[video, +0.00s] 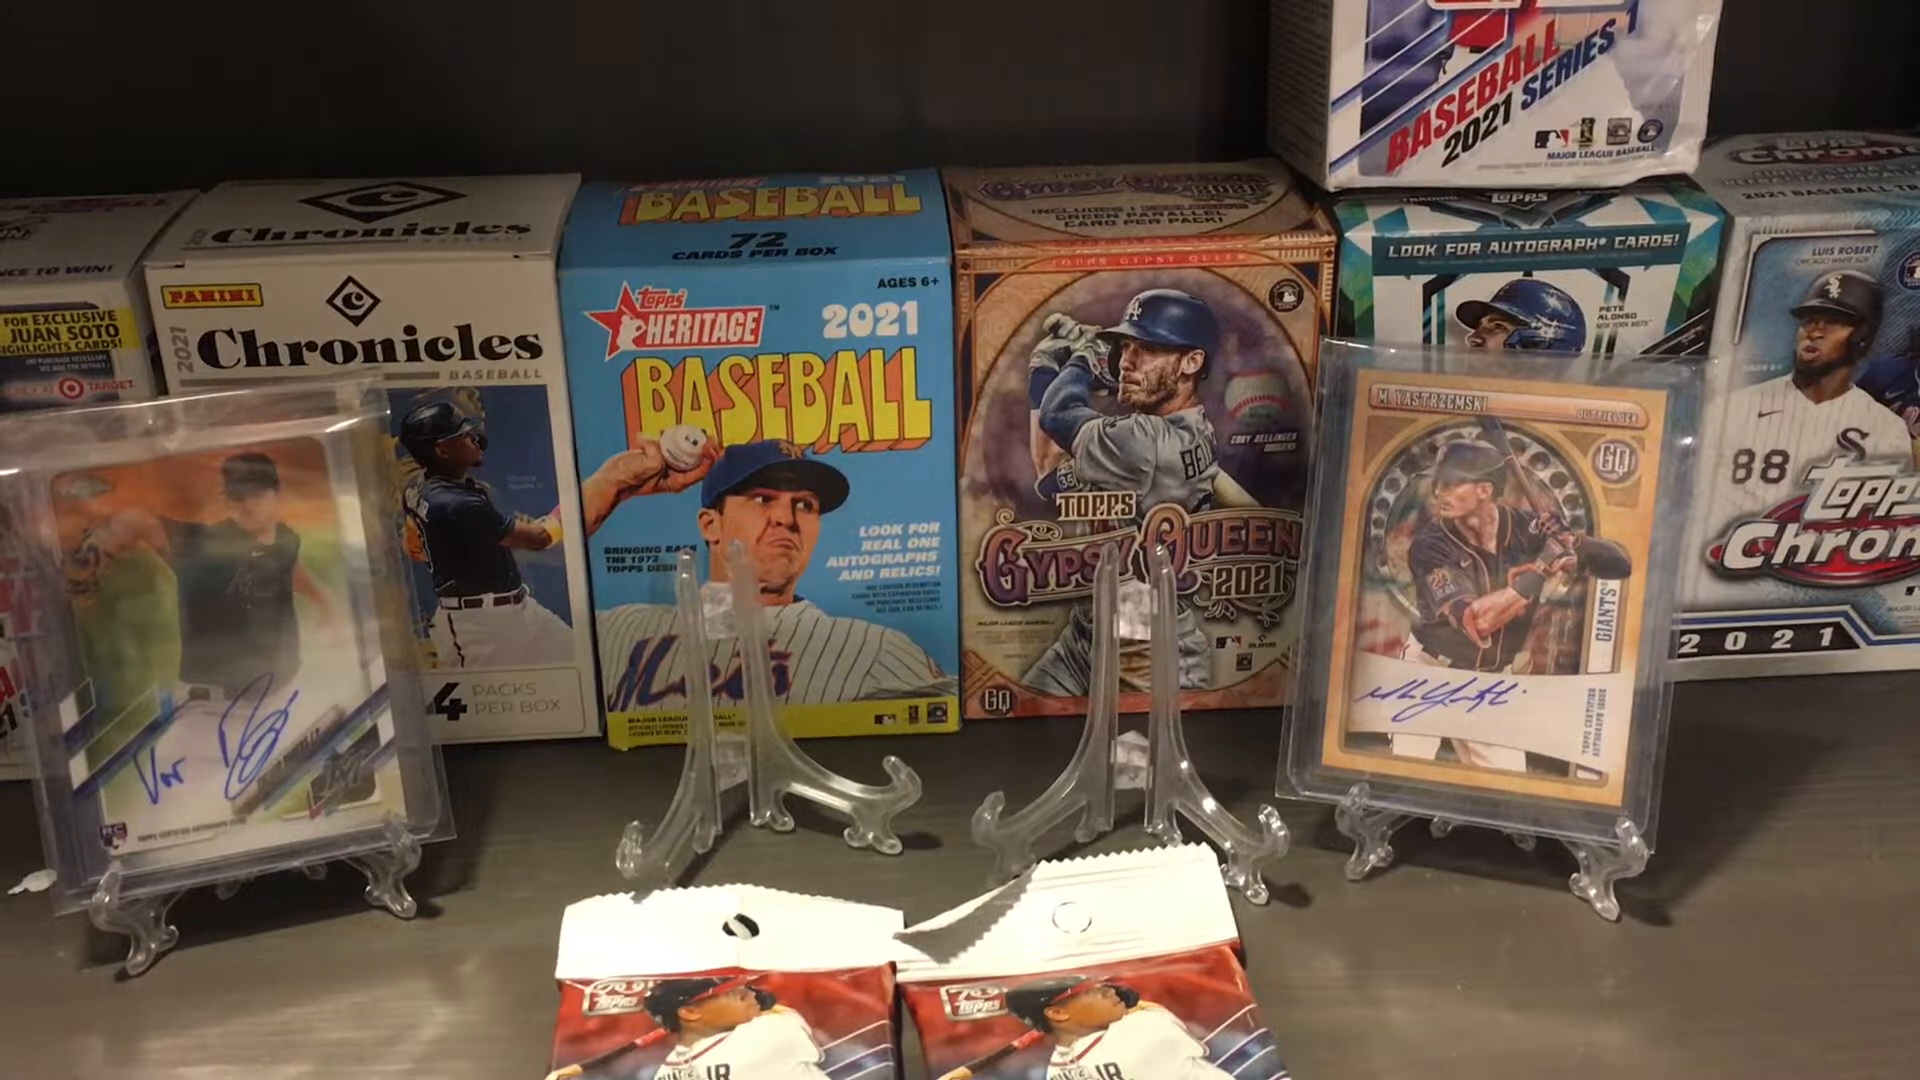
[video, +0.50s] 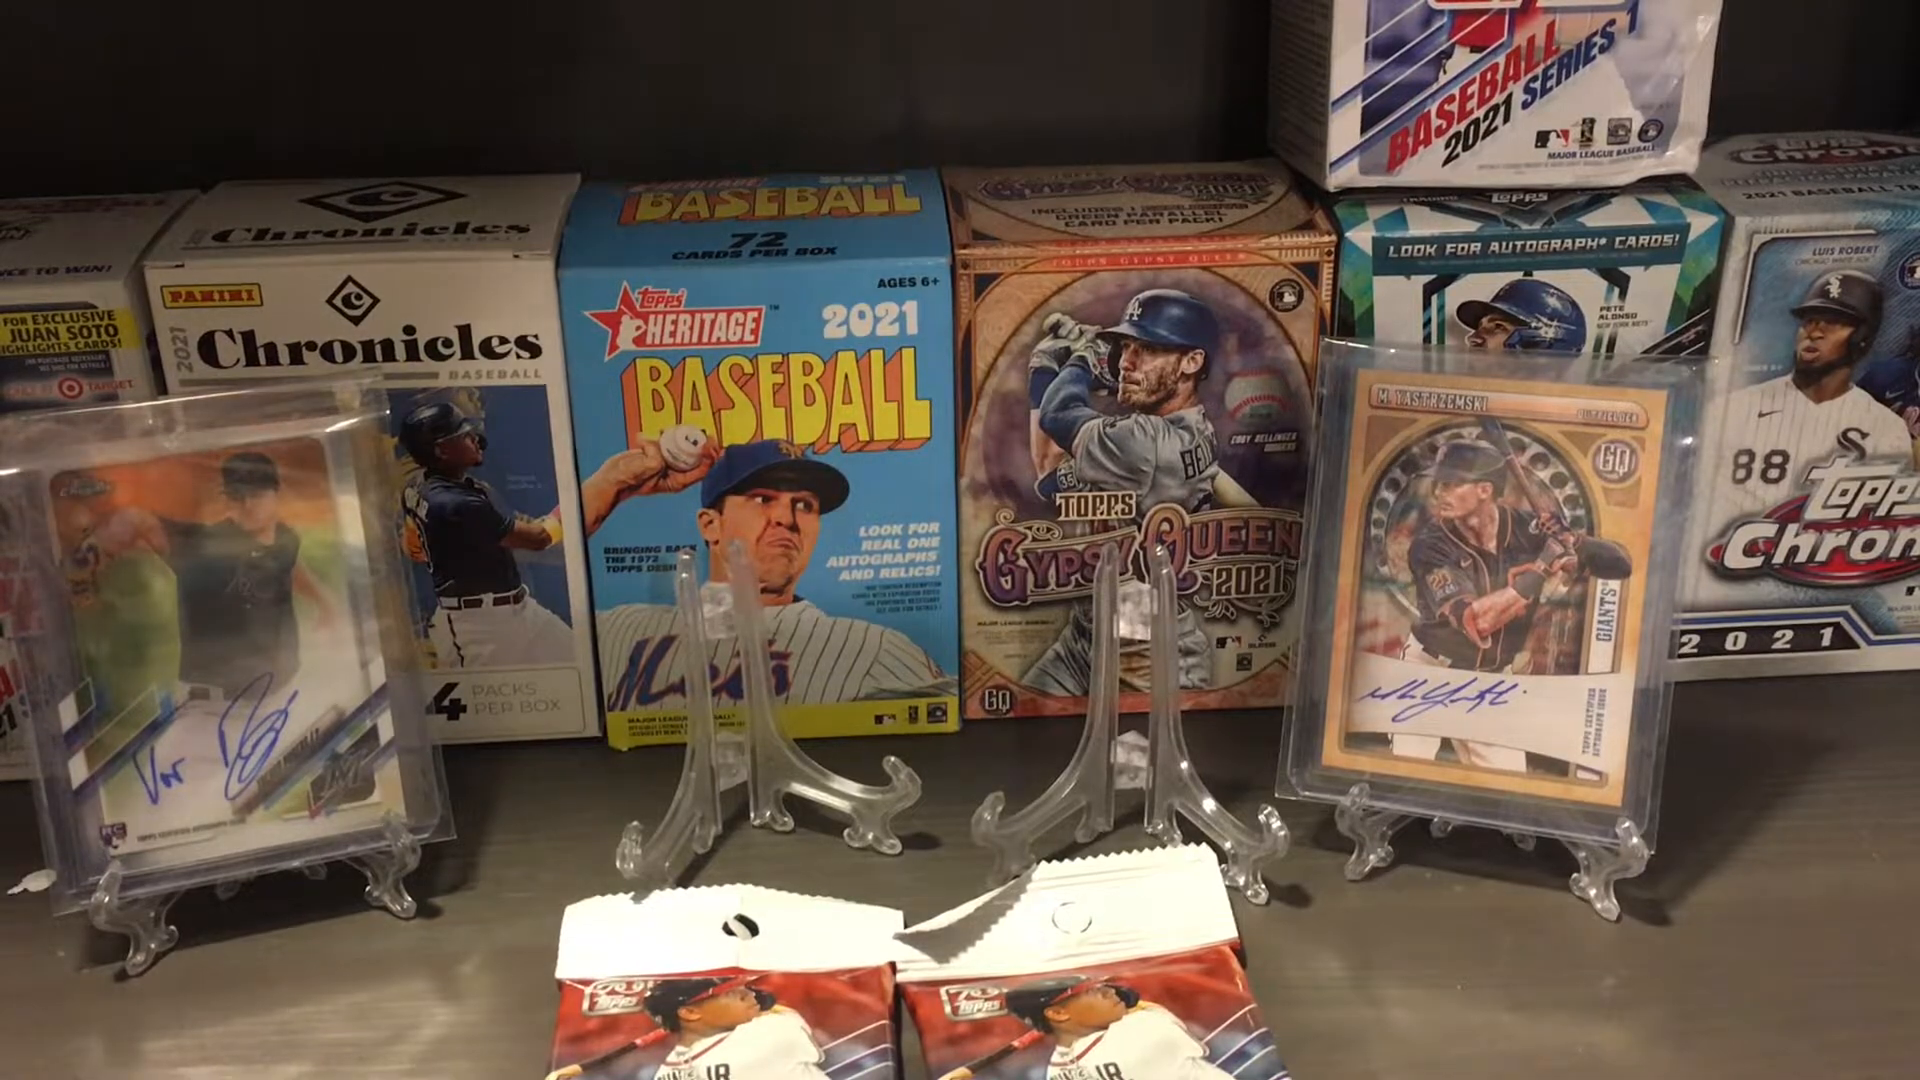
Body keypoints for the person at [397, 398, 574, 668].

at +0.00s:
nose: (476, 437)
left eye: (470, 431)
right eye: (465, 434)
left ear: (443, 451)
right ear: (442, 450)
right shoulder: (460, 507)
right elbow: (539, 538)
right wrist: (569, 510)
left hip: (519, 608)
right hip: (474, 623)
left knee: (587, 665)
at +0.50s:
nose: (474, 435)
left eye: (468, 429)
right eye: (463, 433)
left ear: (442, 451)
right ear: (441, 450)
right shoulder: (459, 506)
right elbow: (538, 538)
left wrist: (546, 522)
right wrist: (568, 512)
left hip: (520, 609)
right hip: (474, 623)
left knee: (588, 665)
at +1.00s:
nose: (474, 435)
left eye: (468, 429)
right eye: (464, 433)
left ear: (443, 451)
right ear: (442, 450)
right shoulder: (461, 506)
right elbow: (539, 537)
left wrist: (538, 523)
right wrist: (570, 510)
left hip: (520, 610)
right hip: (474, 623)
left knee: (588, 664)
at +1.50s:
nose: (474, 435)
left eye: (468, 429)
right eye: (463, 433)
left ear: (443, 451)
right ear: (442, 450)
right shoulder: (460, 506)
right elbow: (539, 537)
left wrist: (537, 524)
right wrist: (573, 507)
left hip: (519, 609)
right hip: (475, 623)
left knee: (587, 663)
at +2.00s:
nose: (475, 435)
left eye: (468, 430)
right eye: (464, 433)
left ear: (443, 451)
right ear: (442, 450)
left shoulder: (421, 489)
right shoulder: (461, 506)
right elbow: (538, 537)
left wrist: (533, 523)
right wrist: (573, 506)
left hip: (521, 609)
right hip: (477, 623)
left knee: (587, 663)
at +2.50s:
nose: (475, 436)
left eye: (469, 430)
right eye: (464, 433)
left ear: (442, 452)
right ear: (442, 450)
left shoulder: (422, 491)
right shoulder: (462, 507)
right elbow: (538, 537)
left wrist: (536, 524)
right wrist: (571, 509)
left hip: (520, 609)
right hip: (476, 623)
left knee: (586, 664)